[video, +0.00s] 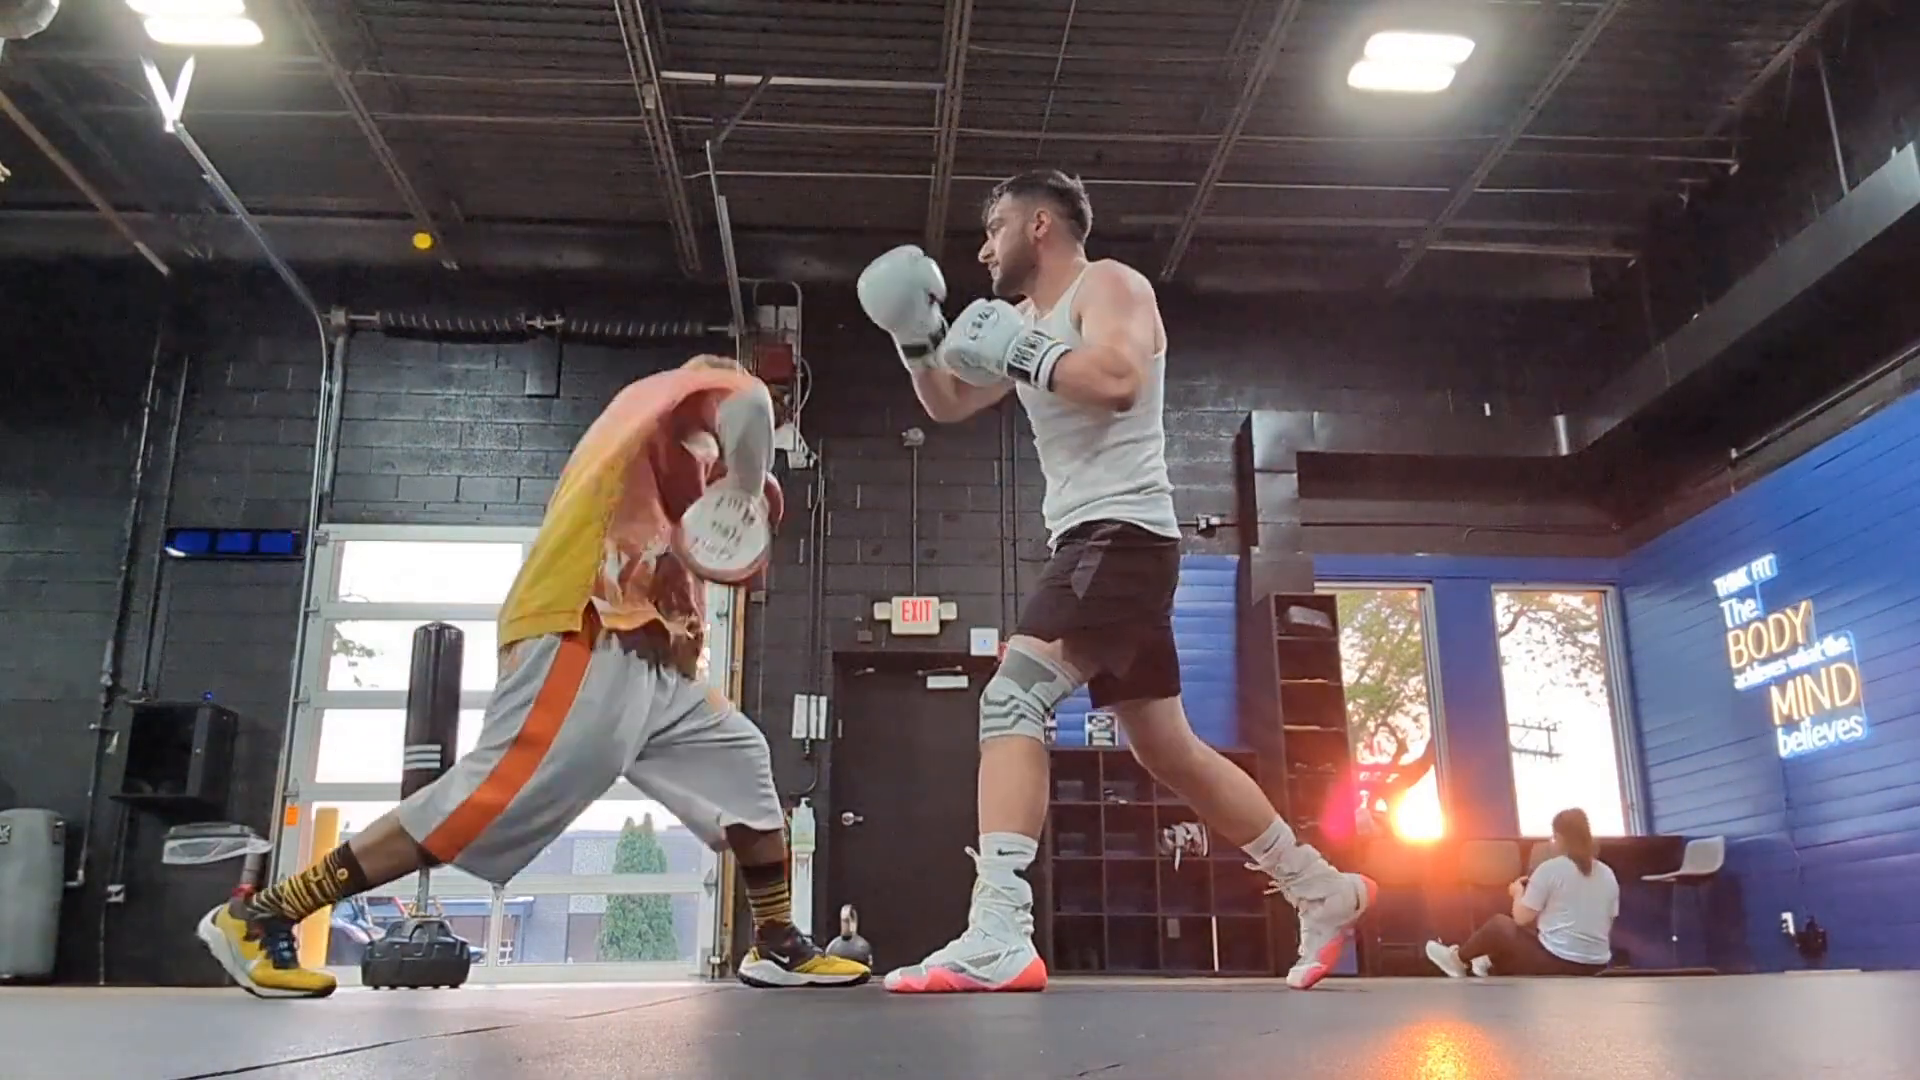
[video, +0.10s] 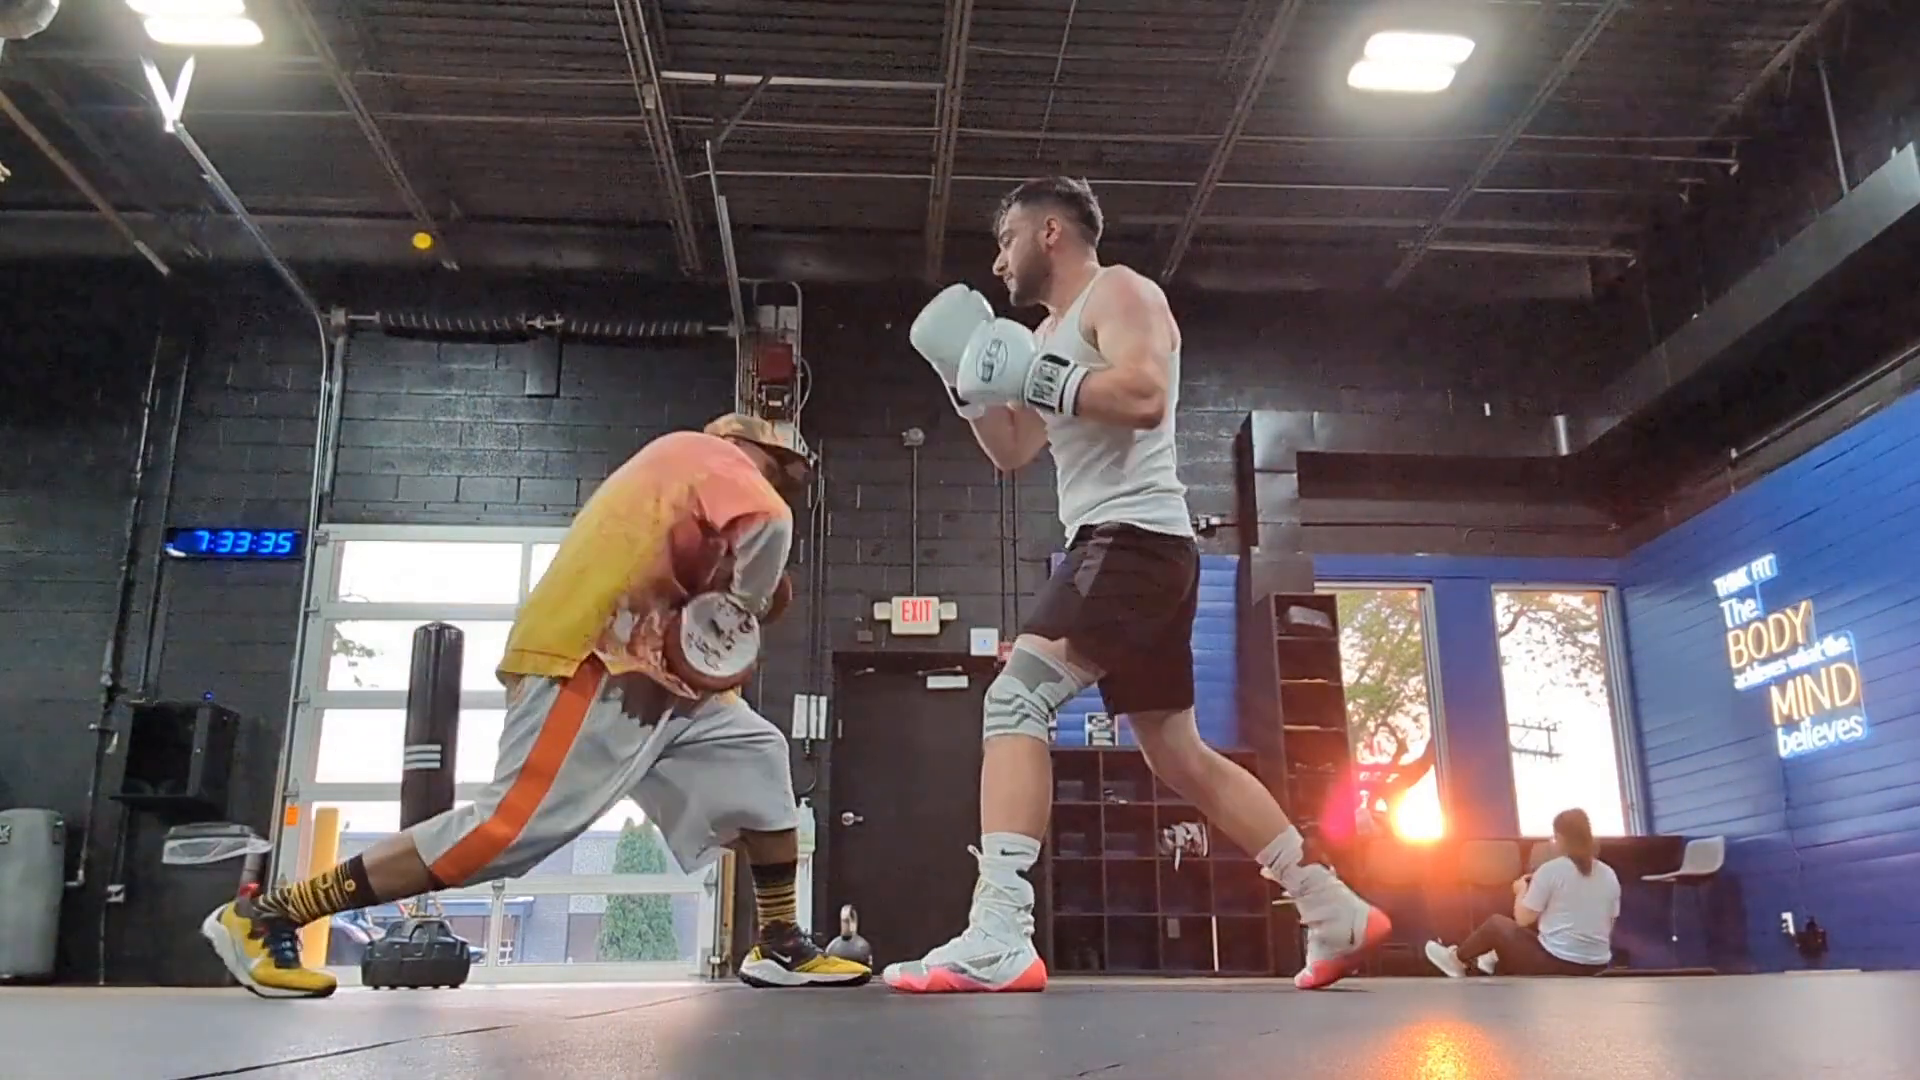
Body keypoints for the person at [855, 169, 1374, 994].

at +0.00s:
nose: (984, 245)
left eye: (995, 227)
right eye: (984, 233)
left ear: (1044, 222)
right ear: (1036, 232)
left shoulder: (1111, 282)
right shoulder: (1021, 318)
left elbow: (1117, 382)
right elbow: (947, 401)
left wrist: (1018, 345)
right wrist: (917, 338)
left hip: (1121, 534)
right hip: (1092, 539)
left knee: (1013, 704)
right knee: (1168, 749)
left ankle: (999, 936)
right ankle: (1323, 889)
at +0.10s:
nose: (997, 258)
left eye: (1005, 238)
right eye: (996, 244)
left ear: (1051, 228)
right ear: (1045, 237)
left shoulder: (1122, 289)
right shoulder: (1051, 334)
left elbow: (1145, 397)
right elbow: (1009, 450)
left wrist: (1036, 371)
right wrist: (968, 375)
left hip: (1131, 538)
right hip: (1133, 545)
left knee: (1017, 703)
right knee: (1175, 749)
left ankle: (999, 934)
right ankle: (1332, 908)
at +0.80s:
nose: (1080, 302)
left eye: (1086, 287)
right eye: (1081, 291)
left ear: (1126, 273)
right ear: (1158, 281)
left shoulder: (1113, 309)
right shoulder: (1225, 346)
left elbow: (1000, 364)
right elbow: (1229, 453)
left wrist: (950, 375)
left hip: (1163, 544)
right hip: (1255, 554)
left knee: (1043, 719)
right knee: (1278, 757)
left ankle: (1069, 924)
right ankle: (1404, 937)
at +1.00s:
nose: (1023, 252)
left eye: (1031, 234)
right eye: (1020, 240)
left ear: (1080, 225)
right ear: (1072, 235)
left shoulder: (1136, 275)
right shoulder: (1083, 342)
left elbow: (1147, 350)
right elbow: (1009, 433)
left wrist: (1047, 347)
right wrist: (949, 373)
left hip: (1171, 527)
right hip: (1190, 536)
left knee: (1055, 698)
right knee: (1223, 757)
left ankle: (1072, 935)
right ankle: (1380, 915)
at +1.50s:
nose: (1072, 429)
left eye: (1078, 409)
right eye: (1069, 416)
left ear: (1117, 392)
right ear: (1131, 398)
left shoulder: (1143, 408)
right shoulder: (1213, 456)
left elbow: (1137, 457)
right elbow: (1182, 592)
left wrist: (1052, 487)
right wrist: (1119, 545)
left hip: (1228, 610)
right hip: (1310, 630)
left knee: (1047, 732)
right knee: (1254, 788)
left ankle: (1064, 921)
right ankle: (1393, 943)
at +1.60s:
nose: (1076, 372)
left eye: (1084, 353)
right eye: (1074, 359)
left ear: (1129, 339)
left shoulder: (1157, 369)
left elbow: (1194, 432)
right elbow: (1178, 554)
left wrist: (1093, 450)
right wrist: (1116, 505)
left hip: (1235, 586)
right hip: (1297, 607)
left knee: (1069, 716)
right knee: (1249, 789)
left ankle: (1071, 922)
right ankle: (1394, 945)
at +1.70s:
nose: (1078, 324)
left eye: (1086, 307)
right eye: (1076, 313)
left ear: (1132, 301)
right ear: (1122, 312)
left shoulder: (1190, 344)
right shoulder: (1140, 400)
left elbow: (1229, 420)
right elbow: (1094, 509)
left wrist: (1121, 427)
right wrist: (1052, 439)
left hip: (1233, 573)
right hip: (1266, 587)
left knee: (1079, 719)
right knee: (1240, 792)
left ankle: (1068, 934)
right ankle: (1390, 943)